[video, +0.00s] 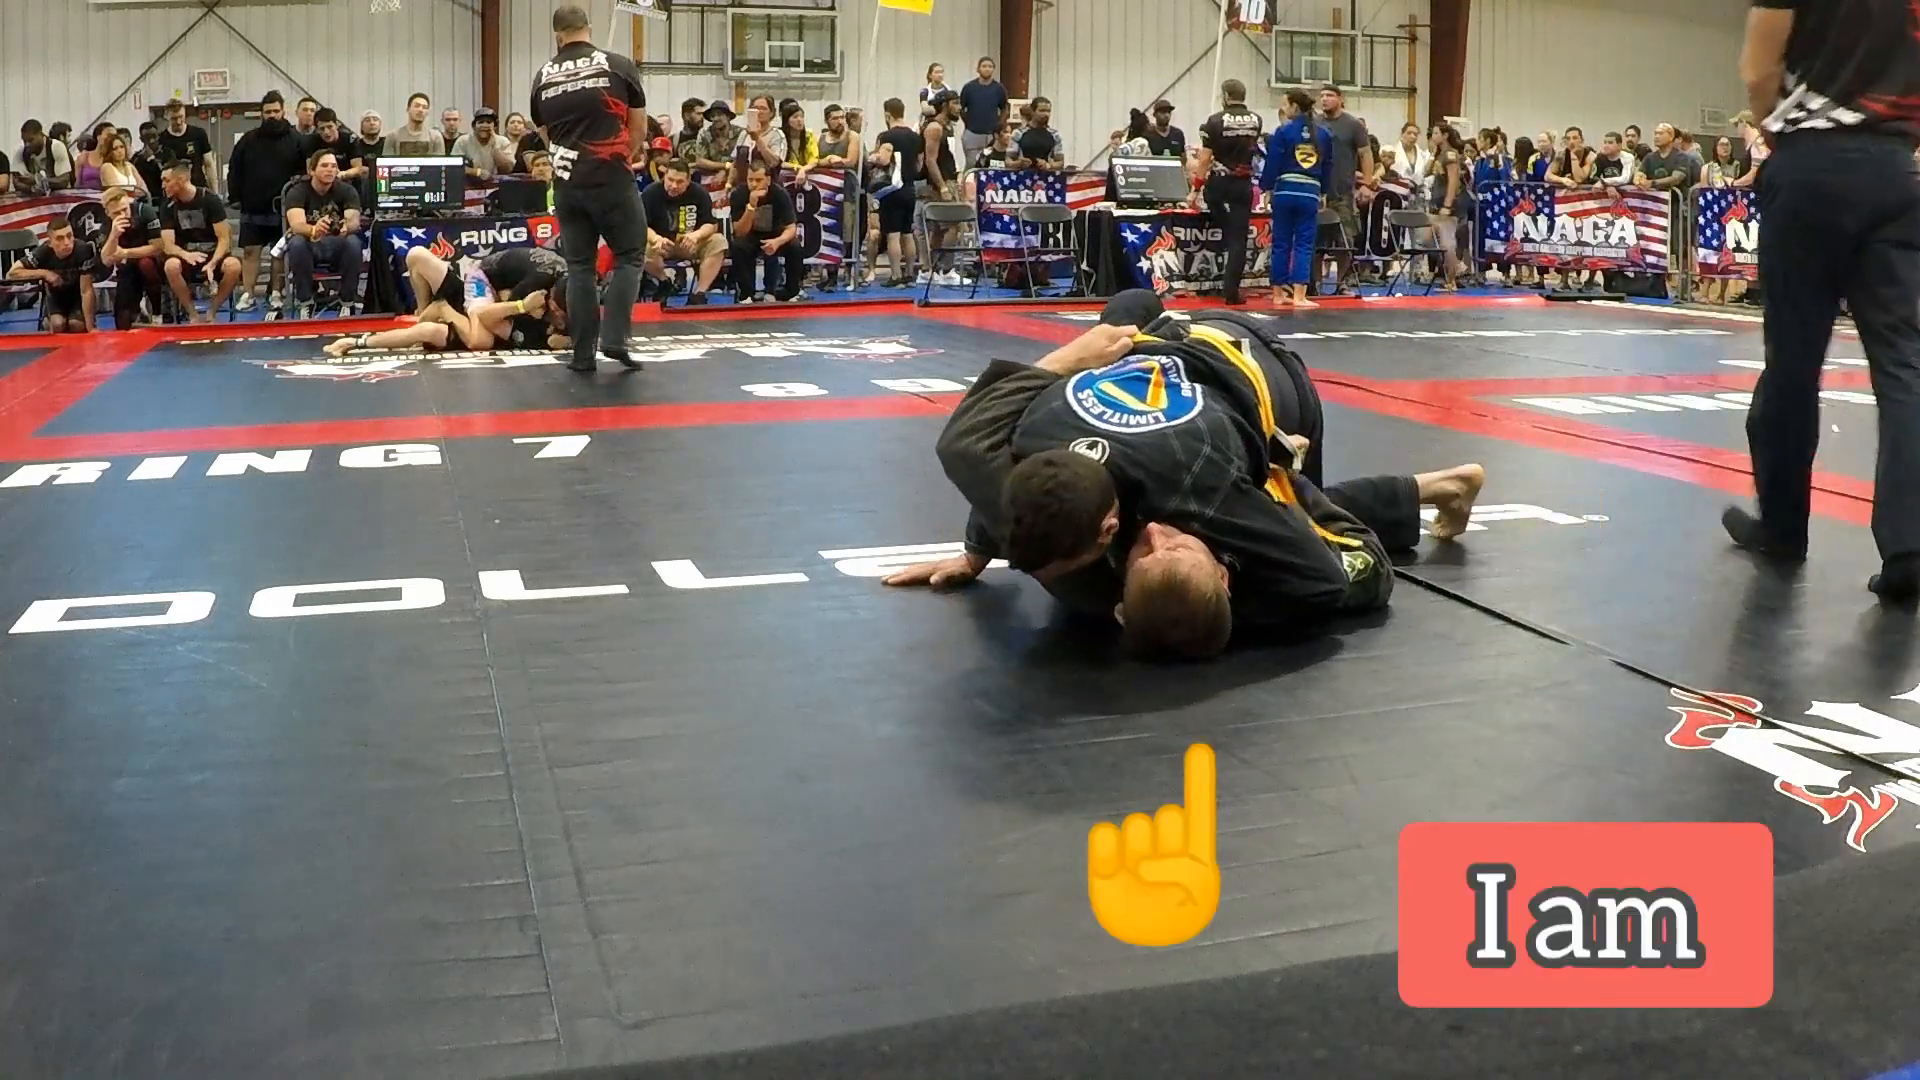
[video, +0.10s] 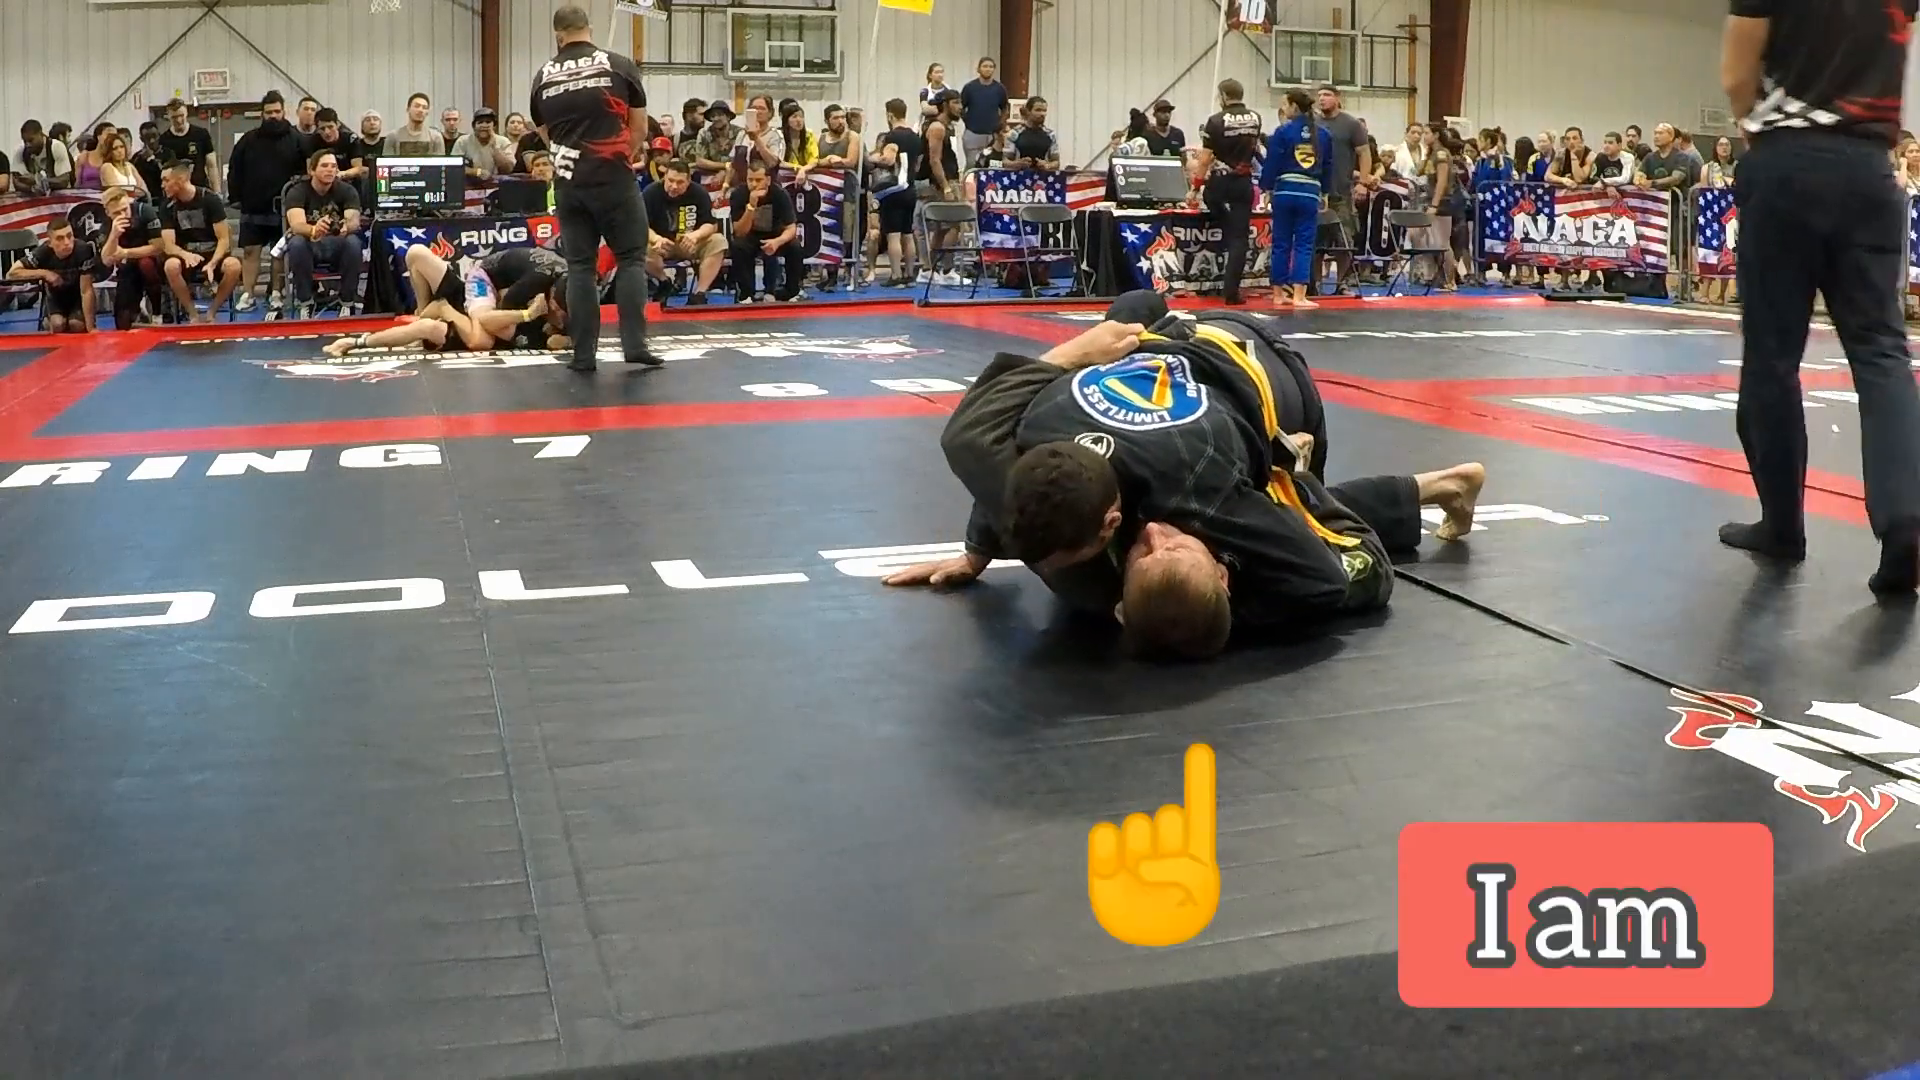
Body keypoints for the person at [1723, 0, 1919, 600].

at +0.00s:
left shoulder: (1787, 3)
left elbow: (1760, 72)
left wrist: (1767, 125)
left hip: (1809, 161)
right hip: (1896, 163)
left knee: (1792, 363)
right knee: (1903, 367)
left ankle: (1782, 528)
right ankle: (1905, 554)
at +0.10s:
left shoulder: (1763, 0)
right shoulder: (1894, 8)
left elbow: (1738, 74)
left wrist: (1763, 130)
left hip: (1783, 161)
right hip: (1869, 165)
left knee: (1771, 356)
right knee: (1882, 351)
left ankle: (1781, 527)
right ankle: (1903, 528)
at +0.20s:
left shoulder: (1736, 1)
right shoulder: (1880, 5)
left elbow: (1713, 79)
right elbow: (1868, 70)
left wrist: (1755, 114)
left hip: (1760, 161)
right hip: (1843, 166)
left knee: (1760, 356)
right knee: (1860, 341)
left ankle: (1779, 526)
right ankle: (1891, 498)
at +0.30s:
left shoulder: (1718, 1)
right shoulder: (1862, 3)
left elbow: (1699, 75)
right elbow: (1852, 69)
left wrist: (1736, 123)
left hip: (1746, 158)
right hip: (1826, 163)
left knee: (1752, 351)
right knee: (1835, 334)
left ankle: (1779, 526)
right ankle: (1867, 495)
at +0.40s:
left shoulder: (1708, 2)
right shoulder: (1842, 4)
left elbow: (1684, 70)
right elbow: (1836, 58)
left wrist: (1713, 129)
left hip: (1735, 157)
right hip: (1810, 161)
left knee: (1744, 348)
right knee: (1809, 336)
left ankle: (1777, 522)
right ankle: (1826, 505)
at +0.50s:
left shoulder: (1704, 4)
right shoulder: (1825, 8)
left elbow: (1674, 75)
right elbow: (1813, 67)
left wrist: (1675, 128)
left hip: (1726, 158)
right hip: (1794, 162)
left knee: (1739, 345)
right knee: (1779, 331)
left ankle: (1775, 523)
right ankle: (1774, 481)